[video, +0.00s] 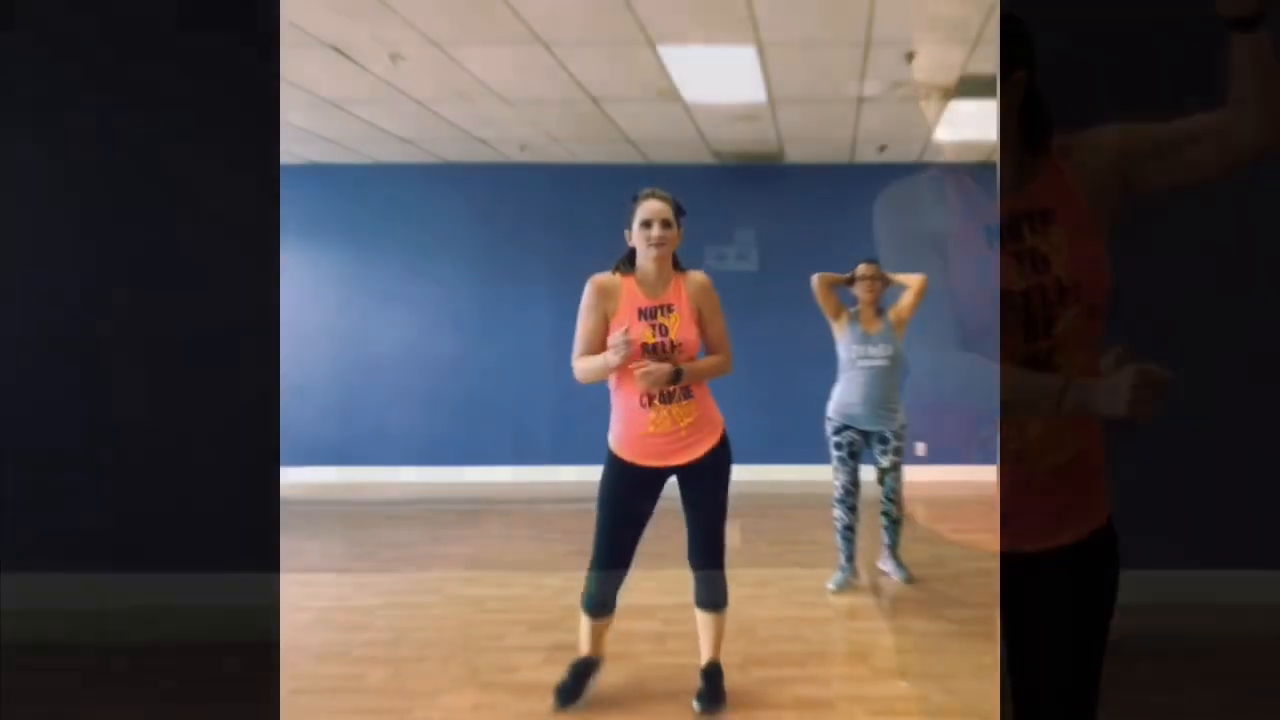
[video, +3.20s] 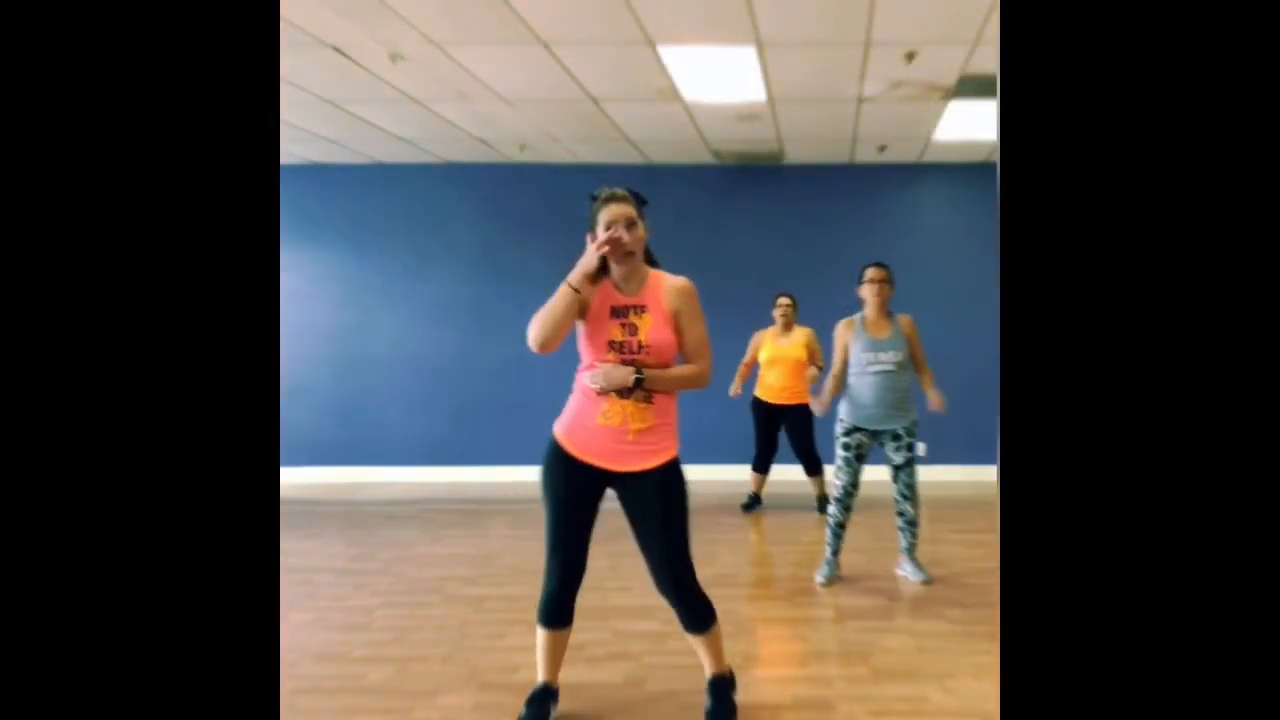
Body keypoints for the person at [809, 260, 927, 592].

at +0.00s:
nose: (869, 285)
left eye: (874, 280)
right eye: (863, 280)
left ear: (883, 287)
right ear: (854, 288)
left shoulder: (895, 321)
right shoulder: (842, 319)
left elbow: (920, 282)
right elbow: (818, 281)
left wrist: (889, 277)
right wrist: (848, 279)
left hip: (887, 419)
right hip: (845, 418)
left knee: (892, 493)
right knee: (845, 493)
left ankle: (889, 556)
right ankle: (846, 565)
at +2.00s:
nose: (869, 295)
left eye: (875, 289)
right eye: (863, 289)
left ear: (883, 293)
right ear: (852, 294)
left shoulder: (892, 324)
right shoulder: (840, 321)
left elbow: (922, 288)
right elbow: (811, 285)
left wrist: (890, 279)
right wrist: (844, 277)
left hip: (889, 417)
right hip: (847, 417)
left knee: (893, 492)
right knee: (839, 490)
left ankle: (889, 557)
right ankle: (830, 560)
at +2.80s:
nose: (847, 290)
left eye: (853, 284)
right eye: (841, 284)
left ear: (862, 289)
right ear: (831, 289)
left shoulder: (872, 322)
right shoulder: (817, 319)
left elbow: (916, 317)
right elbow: (775, 309)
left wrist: (885, 287)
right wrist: (806, 283)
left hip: (865, 417)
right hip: (822, 418)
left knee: (886, 483)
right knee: (825, 490)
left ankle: (887, 554)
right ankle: (828, 560)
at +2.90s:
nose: (851, 288)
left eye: (857, 283)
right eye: (845, 283)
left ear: (866, 289)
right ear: (835, 289)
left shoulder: (878, 323)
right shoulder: (822, 322)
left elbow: (922, 337)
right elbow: (776, 331)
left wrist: (903, 299)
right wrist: (796, 294)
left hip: (870, 418)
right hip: (827, 418)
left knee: (890, 486)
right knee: (827, 491)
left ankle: (899, 554)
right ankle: (828, 560)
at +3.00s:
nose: (858, 288)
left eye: (864, 283)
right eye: (852, 282)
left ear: (873, 289)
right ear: (842, 289)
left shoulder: (885, 324)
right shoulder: (828, 324)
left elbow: (920, 358)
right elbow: (796, 357)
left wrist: (920, 327)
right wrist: (793, 324)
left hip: (877, 420)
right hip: (834, 419)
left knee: (894, 488)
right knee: (831, 491)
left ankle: (906, 557)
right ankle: (828, 560)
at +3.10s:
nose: (867, 288)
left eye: (873, 282)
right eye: (861, 282)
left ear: (882, 290)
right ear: (850, 290)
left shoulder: (895, 326)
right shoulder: (836, 327)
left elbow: (916, 365)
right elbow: (818, 370)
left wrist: (930, 364)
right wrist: (803, 366)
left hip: (888, 421)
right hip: (844, 421)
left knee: (900, 491)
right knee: (838, 491)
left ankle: (907, 558)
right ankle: (829, 560)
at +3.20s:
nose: (877, 288)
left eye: (883, 282)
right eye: (870, 282)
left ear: (892, 289)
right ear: (860, 290)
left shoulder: (904, 325)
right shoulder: (846, 328)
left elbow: (921, 366)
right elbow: (837, 372)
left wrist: (932, 390)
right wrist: (826, 399)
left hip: (899, 421)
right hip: (855, 421)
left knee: (907, 491)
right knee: (844, 490)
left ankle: (908, 558)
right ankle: (831, 559)